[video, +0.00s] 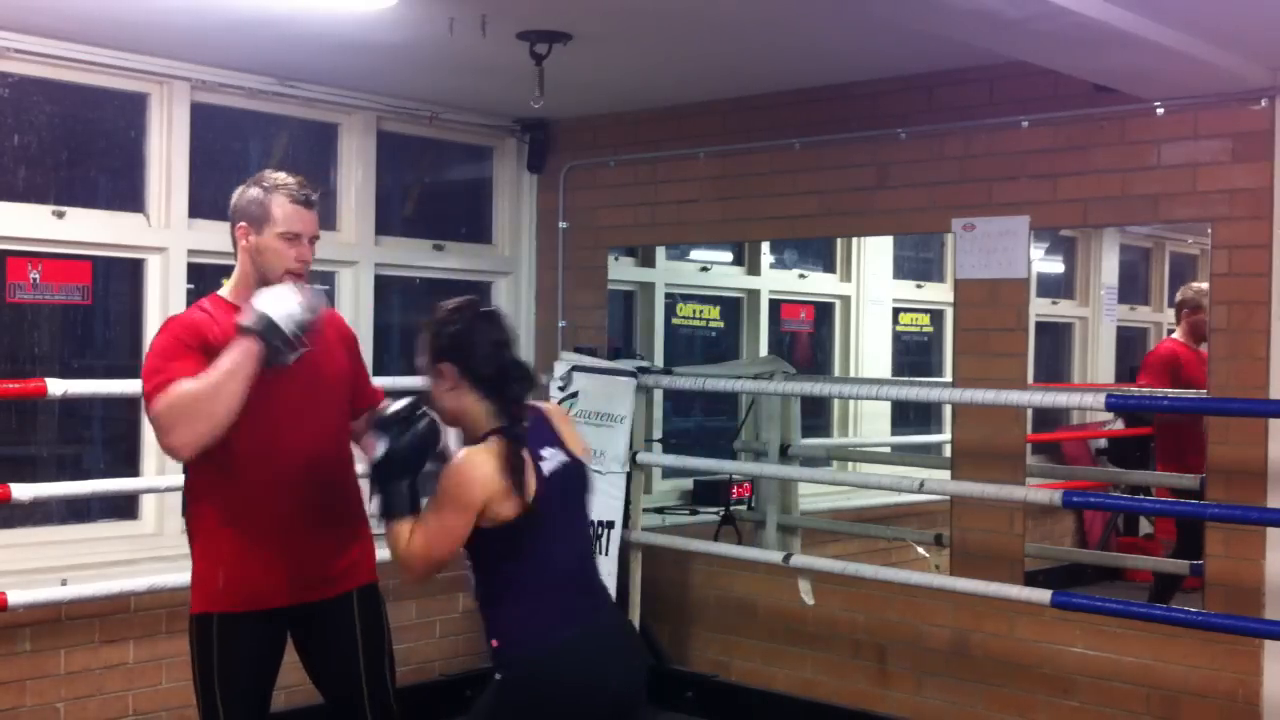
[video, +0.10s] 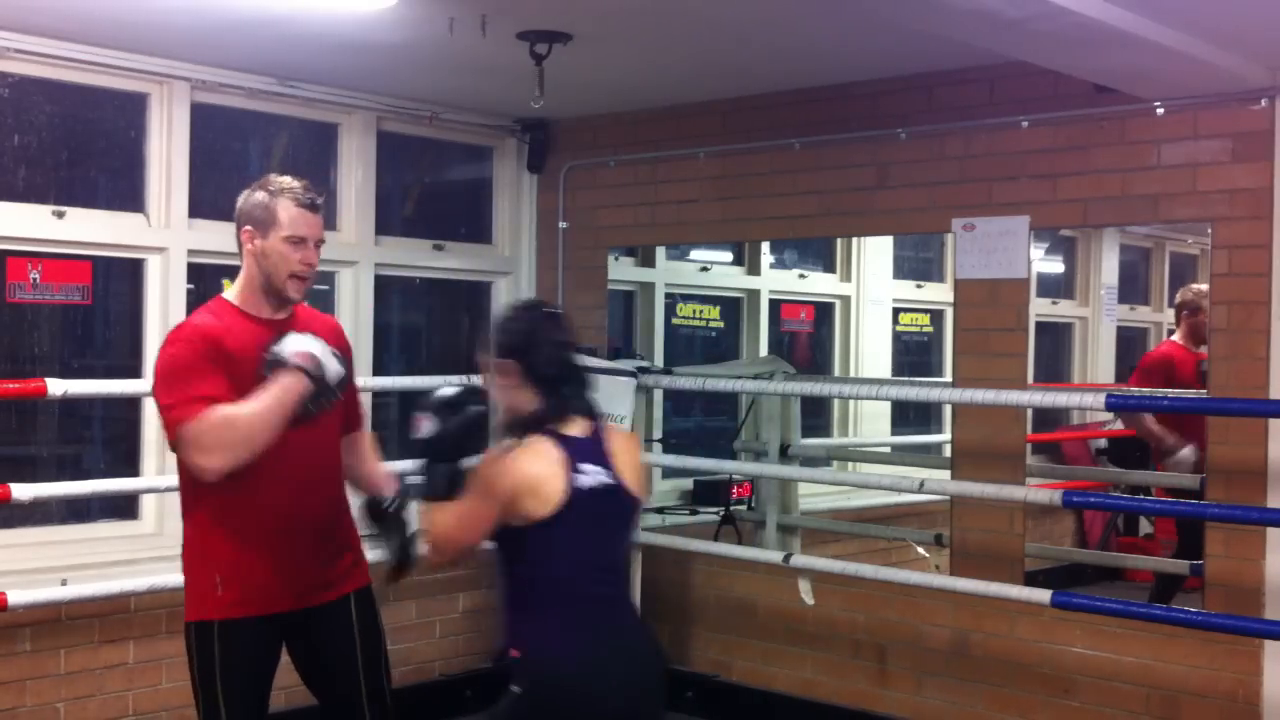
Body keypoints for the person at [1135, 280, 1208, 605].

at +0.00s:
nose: (1213, 320)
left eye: (1213, 313)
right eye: (1208, 313)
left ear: (1194, 315)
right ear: (1188, 313)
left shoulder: (1204, 357)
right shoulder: (1164, 355)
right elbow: (1145, 406)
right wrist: (1196, 410)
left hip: (1205, 463)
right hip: (1179, 466)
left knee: (1199, 541)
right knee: (1188, 543)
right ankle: (1156, 607)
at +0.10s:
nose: (1213, 321)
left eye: (1213, 314)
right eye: (1208, 314)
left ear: (1197, 316)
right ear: (1188, 315)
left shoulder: (1207, 359)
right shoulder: (1161, 358)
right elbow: (1131, 408)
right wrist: (1175, 446)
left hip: (1210, 467)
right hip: (1180, 468)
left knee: (1207, 545)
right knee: (1188, 547)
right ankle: (1154, 613)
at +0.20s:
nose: (1212, 322)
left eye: (1212, 315)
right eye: (1206, 315)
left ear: (1210, 317)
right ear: (1187, 316)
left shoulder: (1214, 358)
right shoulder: (1158, 360)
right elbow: (1115, 405)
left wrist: (1214, 382)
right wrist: (1146, 459)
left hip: (1216, 470)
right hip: (1179, 472)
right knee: (1189, 548)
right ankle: (1154, 614)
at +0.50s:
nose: (1220, 326)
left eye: (1222, 319)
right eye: (1215, 319)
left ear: (1210, 319)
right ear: (1200, 319)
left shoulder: (1228, 364)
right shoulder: (1163, 367)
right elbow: (1126, 420)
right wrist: (1116, 469)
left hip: (1225, 474)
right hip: (1184, 476)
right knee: (1188, 548)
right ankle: (1153, 613)